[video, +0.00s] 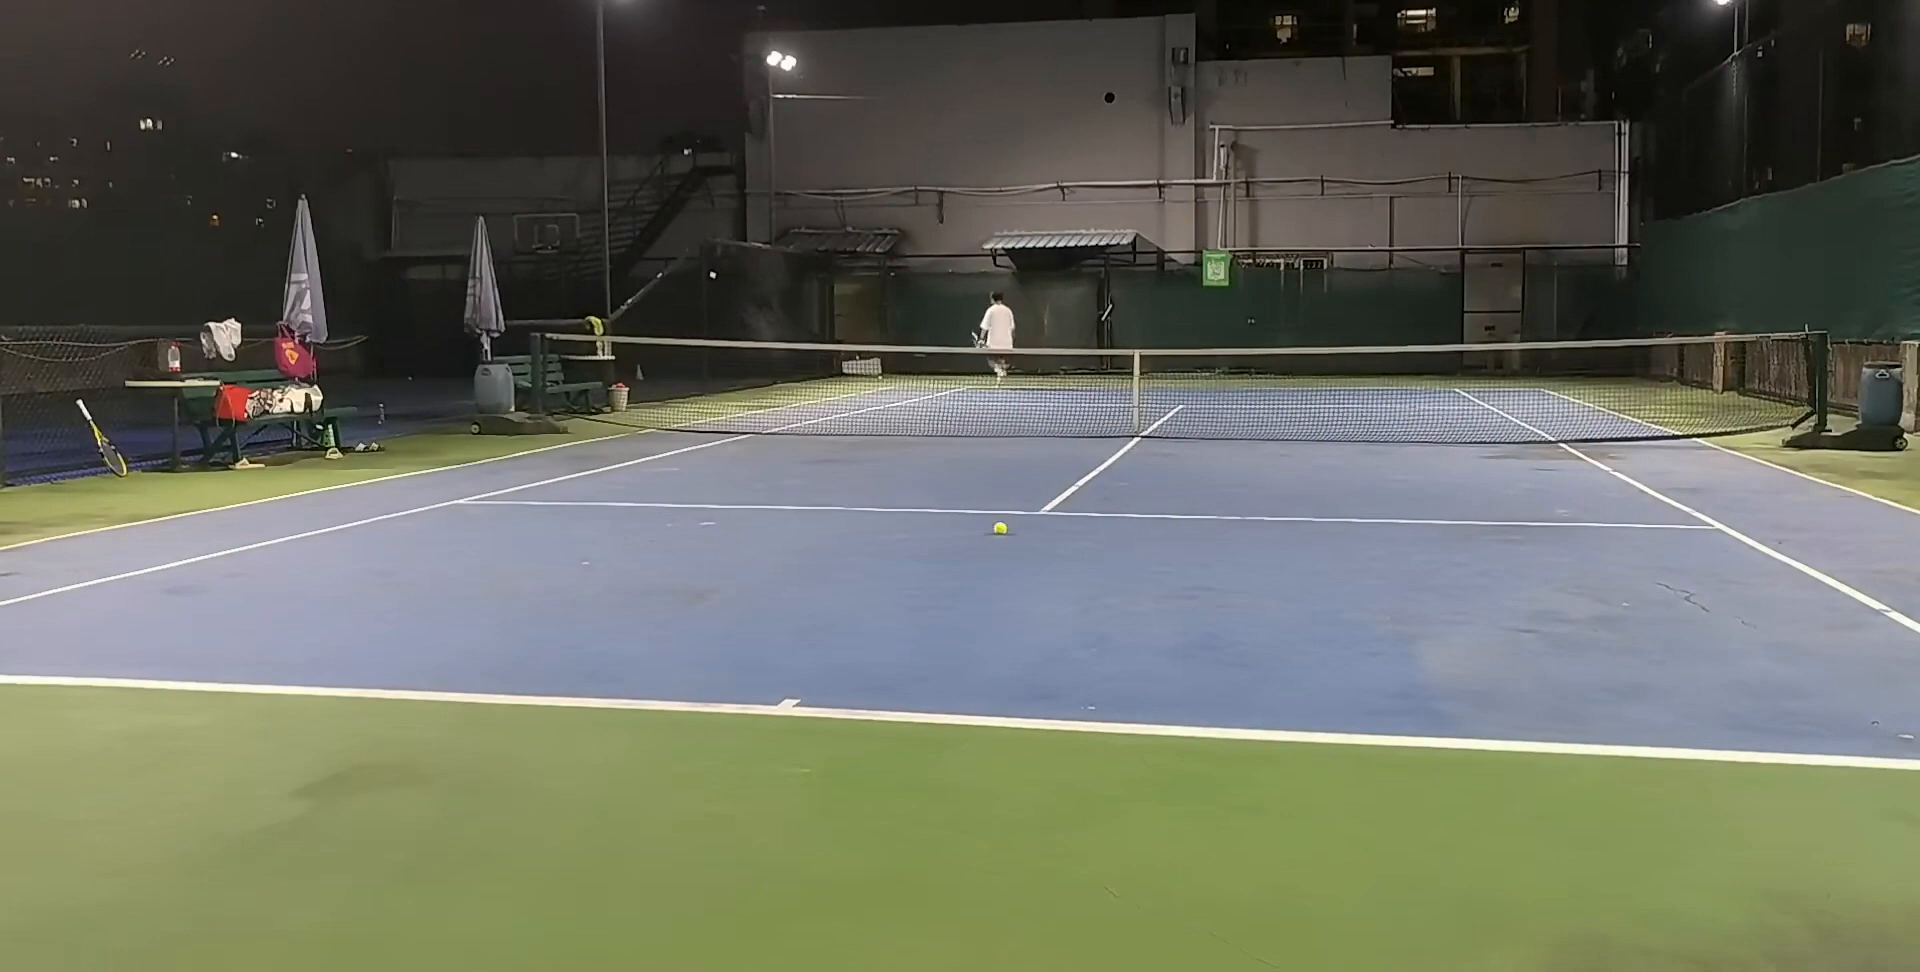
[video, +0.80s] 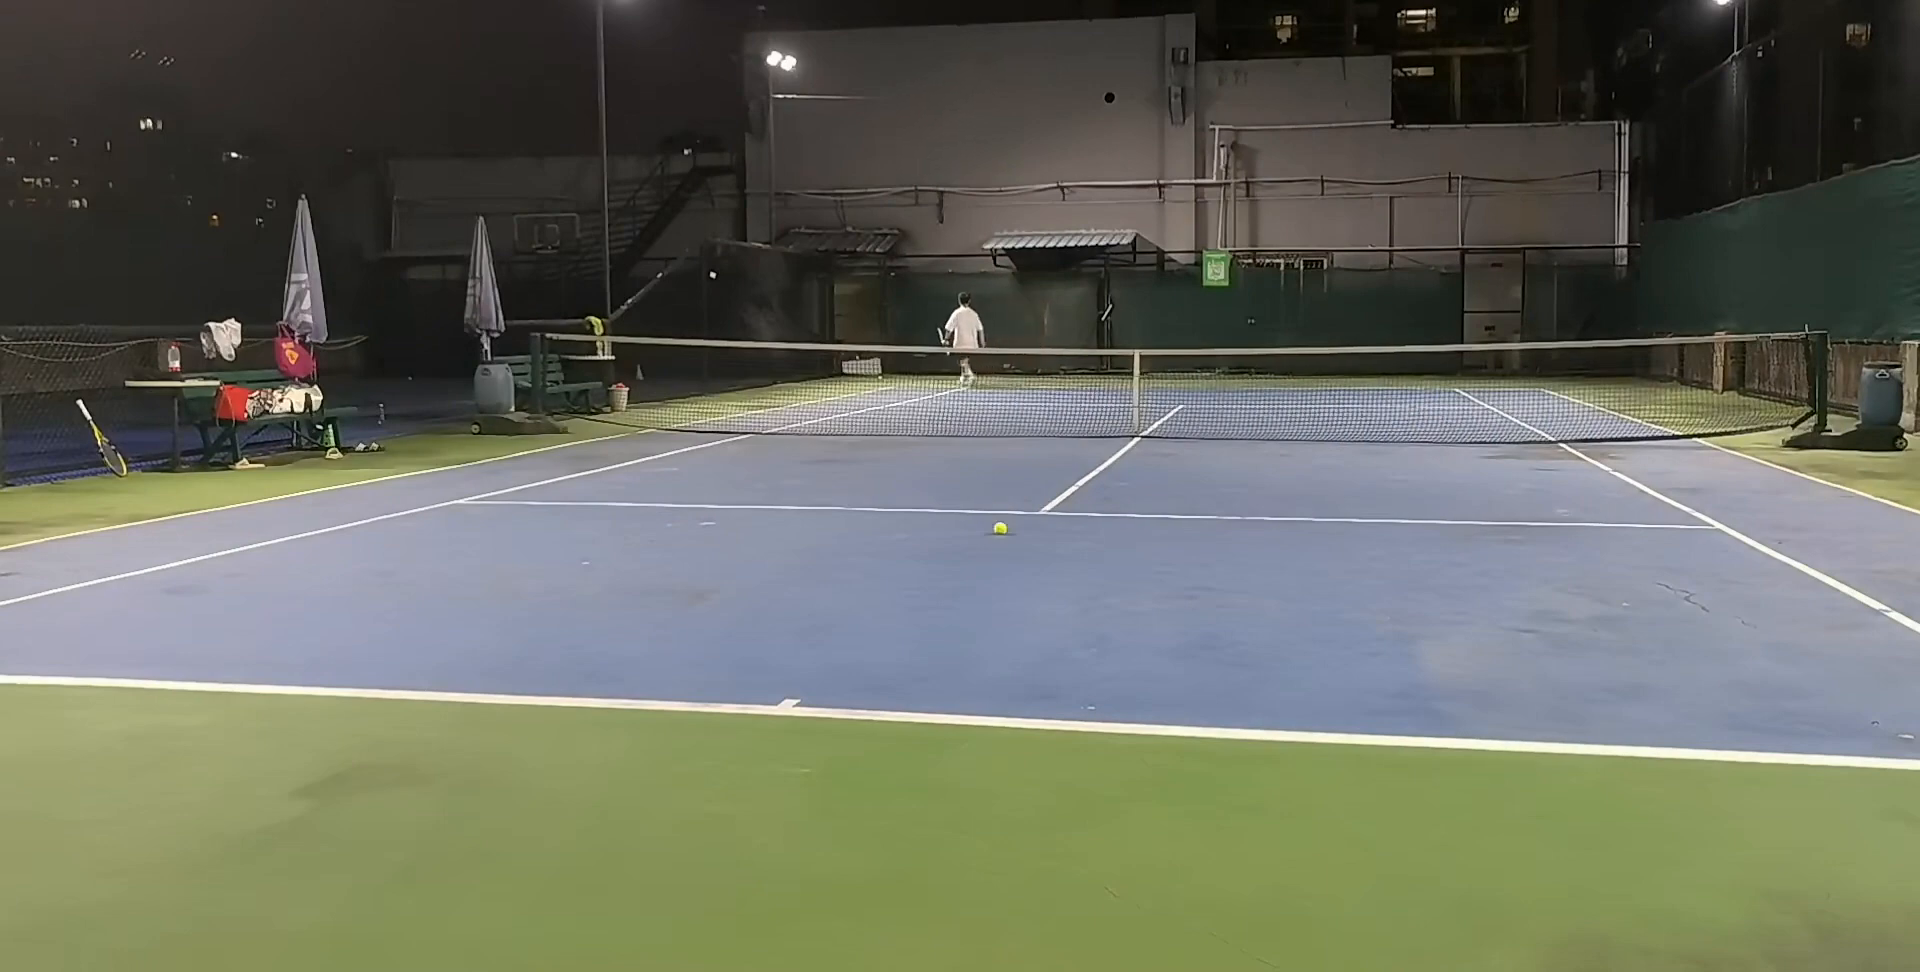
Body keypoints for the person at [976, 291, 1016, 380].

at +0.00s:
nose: (991, 301)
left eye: (991, 299)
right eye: (991, 299)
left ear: (992, 300)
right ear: (1001, 299)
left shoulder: (991, 310)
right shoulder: (1008, 310)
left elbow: (984, 327)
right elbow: (1012, 326)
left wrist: (981, 339)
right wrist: (1012, 336)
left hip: (993, 341)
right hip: (1007, 341)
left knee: (991, 357)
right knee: (1002, 357)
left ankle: (998, 370)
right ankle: (1003, 369)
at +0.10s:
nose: (987, 300)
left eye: (987, 298)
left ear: (988, 299)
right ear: (997, 298)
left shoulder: (987, 309)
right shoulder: (1003, 308)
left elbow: (985, 327)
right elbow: (1008, 322)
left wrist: (983, 339)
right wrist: (1003, 332)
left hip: (991, 339)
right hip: (1003, 339)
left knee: (985, 357)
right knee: (1000, 360)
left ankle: (989, 377)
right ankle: (1002, 379)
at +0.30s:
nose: (976, 303)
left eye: (977, 301)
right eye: (977, 301)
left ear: (978, 302)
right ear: (986, 301)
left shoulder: (978, 312)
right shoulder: (993, 311)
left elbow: (977, 329)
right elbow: (998, 323)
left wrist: (975, 341)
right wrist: (992, 332)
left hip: (982, 342)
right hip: (994, 342)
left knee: (977, 361)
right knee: (994, 361)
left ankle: (976, 378)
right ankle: (999, 378)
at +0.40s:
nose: (971, 302)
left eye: (971, 300)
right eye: (971, 300)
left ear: (972, 301)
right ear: (981, 299)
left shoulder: (973, 312)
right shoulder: (988, 310)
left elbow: (971, 329)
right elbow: (993, 325)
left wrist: (969, 341)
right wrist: (988, 335)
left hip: (977, 342)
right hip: (988, 342)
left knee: (973, 359)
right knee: (985, 358)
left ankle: (974, 375)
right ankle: (992, 371)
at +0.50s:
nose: (967, 301)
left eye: (968, 299)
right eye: (968, 299)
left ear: (969, 299)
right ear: (977, 298)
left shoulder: (969, 311)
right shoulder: (985, 310)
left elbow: (965, 328)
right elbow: (989, 325)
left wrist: (964, 340)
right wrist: (985, 335)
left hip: (972, 339)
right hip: (984, 340)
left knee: (972, 359)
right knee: (979, 357)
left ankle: (974, 378)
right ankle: (984, 373)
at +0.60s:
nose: (965, 301)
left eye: (965, 299)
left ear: (965, 299)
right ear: (974, 299)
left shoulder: (964, 311)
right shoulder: (981, 311)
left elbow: (958, 327)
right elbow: (987, 326)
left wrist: (955, 339)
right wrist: (989, 339)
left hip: (968, 343)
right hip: (981, 343)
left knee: (972, 360)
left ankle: (973, 377)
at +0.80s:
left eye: (960, 301)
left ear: (959, 301)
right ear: (969, 301)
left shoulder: (957, 313)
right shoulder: (974, 314)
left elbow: (949, 328)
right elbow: (980, 329)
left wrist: (946, 339)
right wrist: (982, 342)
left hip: (960, 343)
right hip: (972, 343)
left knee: (963, 360)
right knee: (964, 361)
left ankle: (971, 374)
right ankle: (963, 378)